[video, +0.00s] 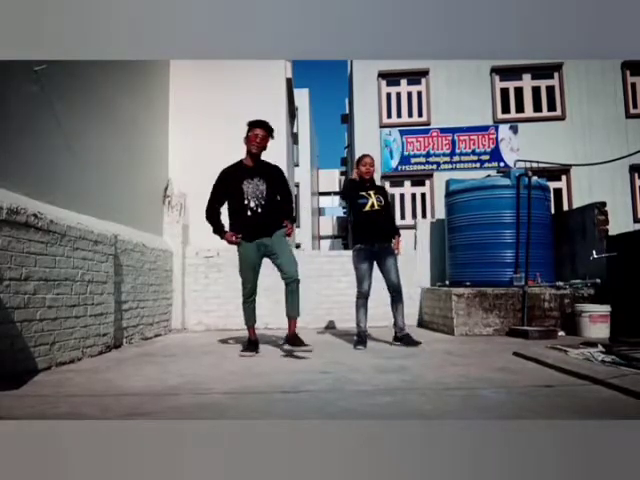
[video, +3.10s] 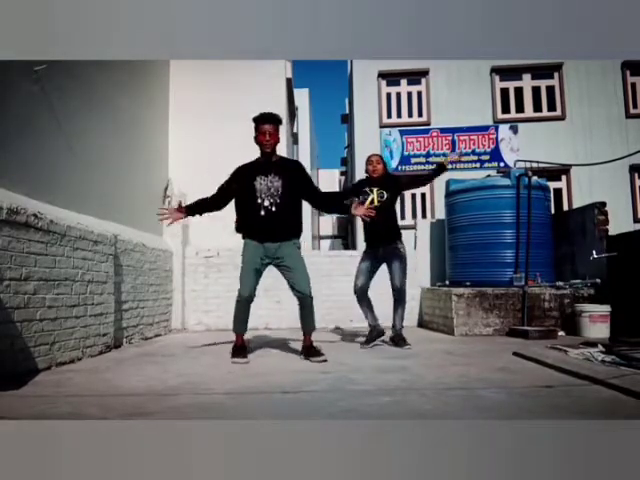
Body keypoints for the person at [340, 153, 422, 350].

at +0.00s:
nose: (369, 168)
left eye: (371, 165)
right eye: (365, 165)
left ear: (375, 168)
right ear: (357, 169)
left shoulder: (381, 190)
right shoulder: (352, 189)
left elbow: (389, 216)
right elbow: (346, 196)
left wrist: (396, 235)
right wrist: (353, 178)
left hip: (384, 244)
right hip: (362, 245)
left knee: (395, 287)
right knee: (363, 291)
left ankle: (401, 332)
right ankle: (361, 334)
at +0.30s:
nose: (380, 169)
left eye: (382, 166)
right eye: (376, 166)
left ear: (386, 169)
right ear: (369, 169)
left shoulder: (392, 192)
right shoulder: (360, 191)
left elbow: (405, 216)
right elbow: (347, 213)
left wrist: (417, 237)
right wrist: (365, 201)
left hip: (394, 246)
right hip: (371, 246)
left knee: (401, 289)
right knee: (368, 291)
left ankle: (408, 333)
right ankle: (362, 335)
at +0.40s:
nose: (387, 168)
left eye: (389, 165)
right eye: (383, 165)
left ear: (393, 168)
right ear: (376, 168)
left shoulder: (400, 191)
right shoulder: (368, 190)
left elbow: (411, 219)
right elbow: (356, 216)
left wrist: (423, 243)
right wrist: (365, 227)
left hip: (398, 245)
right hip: (376, 245)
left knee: (404, 289)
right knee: (371, 290)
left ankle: (408, 334)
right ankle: (362, 335)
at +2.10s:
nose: (359, 164)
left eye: (362, 160)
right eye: (356, 161)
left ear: (369, 163)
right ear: (351, 164)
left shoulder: (378, 186)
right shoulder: (345, 187)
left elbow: (387, 213)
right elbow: (340, 217)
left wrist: (393, 238)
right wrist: (342, 243)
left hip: (376, 243)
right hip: (353, 244)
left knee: (390, 285)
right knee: (353, 291)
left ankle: (395, 330)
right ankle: (350, 335)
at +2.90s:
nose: (378, 165)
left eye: (381, 162)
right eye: (374, 162)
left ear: (386, 165)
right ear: (369, 167)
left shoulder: (394, 187)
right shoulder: (361, 187)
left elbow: (405, 214)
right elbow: (348, 213)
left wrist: (419, 237)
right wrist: (340, 238)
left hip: (388, 245)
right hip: (365, 245)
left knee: (395, 290)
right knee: (356, 290)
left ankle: (395, 333)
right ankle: (344, 332)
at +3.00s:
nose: (377, 164)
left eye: (380, 160)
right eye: (373, 161)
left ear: (386, 163)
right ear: (367, 165)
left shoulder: (395, 183)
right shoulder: (359, 183)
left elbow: (420, 198)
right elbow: (337, 197)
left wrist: (446, 208)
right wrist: (323, 209)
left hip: (391, 245)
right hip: (369, 245)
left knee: (394, 288)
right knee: (358, 289)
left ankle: (394, 333)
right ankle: (353, 331)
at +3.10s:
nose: (374, 167)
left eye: (377, 163)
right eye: (370, 164)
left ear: (384, 166)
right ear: (366, 168)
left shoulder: (394, 182)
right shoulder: (361, 186)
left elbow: (420, 179)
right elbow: (339, 198)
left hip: (393, 245)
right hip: (372, 247)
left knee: (398, 288)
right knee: (359, 288)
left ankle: (397, 332)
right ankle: (375, 328)